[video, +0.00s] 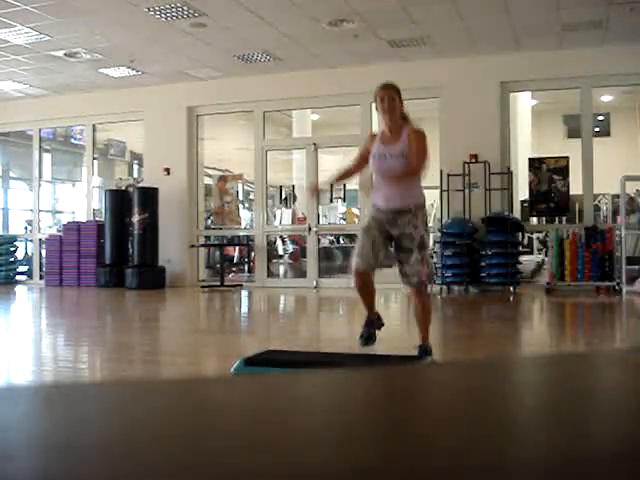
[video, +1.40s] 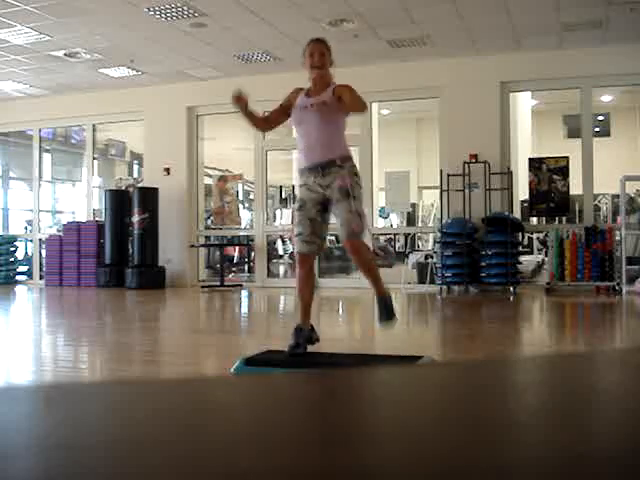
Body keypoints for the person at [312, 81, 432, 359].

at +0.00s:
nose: (386, 105)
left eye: (391, 100)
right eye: (381, 101)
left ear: (401, 103)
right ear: (375, 106)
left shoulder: (414, 135)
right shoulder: (374, 139)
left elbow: (416, 169)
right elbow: (356, 166)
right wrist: (327, 184)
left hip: (410, 213)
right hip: (379, 213)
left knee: (418, 282)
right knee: (360, 270)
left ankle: (424, 343)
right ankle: (372, 317)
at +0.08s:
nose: (379, 93)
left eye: (383, 88)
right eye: (375, 90)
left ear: (394, 91)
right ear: (370, 95)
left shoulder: (408, 119)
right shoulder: (371, 128)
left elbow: (388, 141)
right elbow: (349, 150)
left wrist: (359, 142)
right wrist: (318, 146)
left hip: (411, 201)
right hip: (380, 200)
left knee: (420, 273)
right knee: (358, 247)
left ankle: (428, 340)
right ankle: (366, 315)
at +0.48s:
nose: (356, 84)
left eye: (361, 79)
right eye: (351, 81)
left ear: (370, 84)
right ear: (345, 88)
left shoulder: (384, 112)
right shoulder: (338, 124)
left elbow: (375, 118)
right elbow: (304, 147)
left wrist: (335, 121)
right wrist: (285, 117)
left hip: (393, 194)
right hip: (359, 199)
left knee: (409, 262)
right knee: (345, 263)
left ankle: (426, 321)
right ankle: (345, 335)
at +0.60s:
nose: (346, 73)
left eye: (350, 68)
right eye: (340, 69)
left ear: (360, 72)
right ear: (333, 76)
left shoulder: (377, 102)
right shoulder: (329, 111)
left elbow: (406, 122)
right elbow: (313, 149)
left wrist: (382, 124)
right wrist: (310, 120)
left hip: (383, 177)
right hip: (352, 188)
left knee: (381, 210)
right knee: (346, 258)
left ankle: (403, 259)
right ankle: (348, 331)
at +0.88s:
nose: (342, 69)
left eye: (346, 64)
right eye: (336, 66)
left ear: (356, 70)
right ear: (330, 73)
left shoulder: (369, 103)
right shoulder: (323, 108)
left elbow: (387, 123)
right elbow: (292, 140)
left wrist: (363, 104)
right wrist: (296, 126)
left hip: (370, 184)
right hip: (336, 189)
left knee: (372, 244)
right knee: (339, 262)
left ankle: (394, 297)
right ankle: (351, 334)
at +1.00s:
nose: (340, 65)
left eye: (345, 59)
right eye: (335, 62)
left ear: (357, 65)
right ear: (331, 69)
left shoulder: (371, 95)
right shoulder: (326, 103)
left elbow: (354, 88)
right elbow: (286, 116)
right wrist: (282, 83)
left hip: (368, 181)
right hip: (334, 184)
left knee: (378, 259)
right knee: (322, 257)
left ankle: (394, 328)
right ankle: (338, 325)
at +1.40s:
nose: (316, 59)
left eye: (321, 54)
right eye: (311, 55)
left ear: (330, 60)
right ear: (304, 61)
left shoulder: (340, 90)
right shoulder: (296, 97)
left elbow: (359, 107)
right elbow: (265, 125)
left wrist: (338, 97)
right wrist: (246, 110)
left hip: (341, 172)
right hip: (308, 178)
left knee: (352, 242)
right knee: (304, 253)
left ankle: (381, 295)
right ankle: (305, 326)